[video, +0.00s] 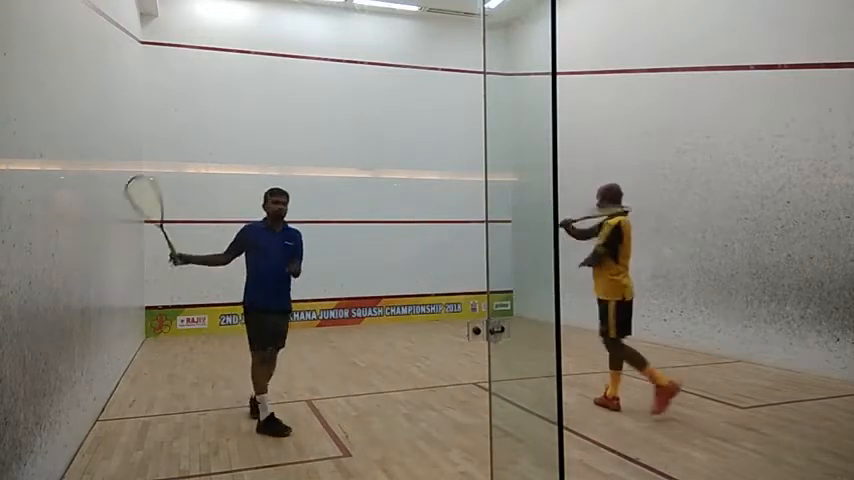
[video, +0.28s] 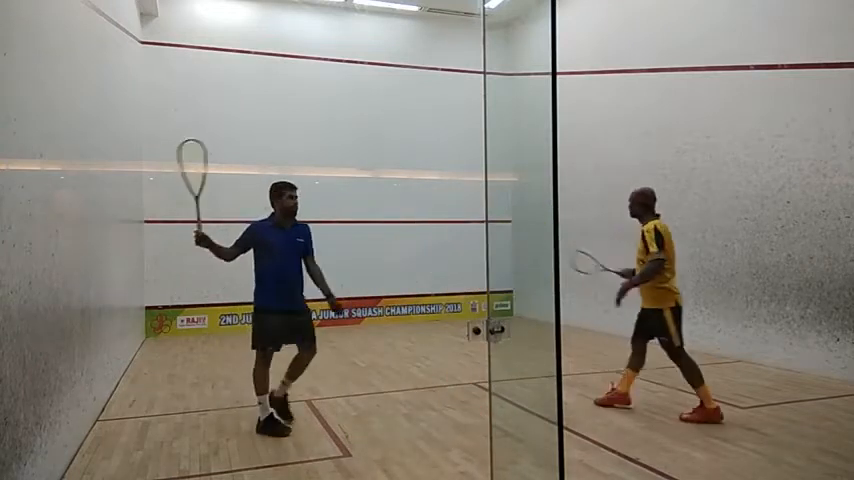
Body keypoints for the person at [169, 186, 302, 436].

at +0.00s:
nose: (279, 207)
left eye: (283, 203)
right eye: (274, 203)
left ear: (287, 207)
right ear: (265, 205)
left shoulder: (293, 236)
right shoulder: (250, 232)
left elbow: (296, 271)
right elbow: (224, 258)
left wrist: (294, 268)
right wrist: (187, 258)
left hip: (280, 305)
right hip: (255, 304)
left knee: (272, 356)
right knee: (260, 357)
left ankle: (258, 398)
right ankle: (266, 417)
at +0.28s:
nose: (295, 202)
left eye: (296, 198)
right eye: (290, 198)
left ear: (296, 201)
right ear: (275, 202)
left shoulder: (302, 231)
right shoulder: (258, 230)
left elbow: (311, 265)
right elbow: (230, 254)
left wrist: (330, 296)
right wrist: (209, 244)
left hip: (296, 306)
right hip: (267, 307)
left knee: (308, 350)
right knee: (264, 357)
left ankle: (279, 393)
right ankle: (264, 416)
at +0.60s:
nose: (327, 206)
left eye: (327, 201)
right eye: (323, 201)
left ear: (316, 204)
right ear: (307, 203)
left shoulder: (324, 232)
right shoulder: (288, 230)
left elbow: (344, 262)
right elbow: (263, 254)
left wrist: (374, 276)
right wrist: (258, 241)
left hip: (312, 304)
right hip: (288, 306)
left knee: (331, 348)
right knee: (281, 358)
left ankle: (348, 405)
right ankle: (268, 416)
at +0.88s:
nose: (365, 211)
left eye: (365, 206)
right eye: (362, 206)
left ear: (348, 207)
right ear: (351, 207)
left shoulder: (348, 232)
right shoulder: (335, 235)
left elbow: (351, 256)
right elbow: (343, 262)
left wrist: (369, 262)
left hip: (344, 304)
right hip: (330, 305)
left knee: (355, 348)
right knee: (333, 354)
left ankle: (355, 406)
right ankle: (288, 402)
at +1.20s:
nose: (397, 211)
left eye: (396, 206)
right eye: (395, 206)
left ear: (375, 205)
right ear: (390, 207)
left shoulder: (354, 225)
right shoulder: (393, 239)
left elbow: (337, 256)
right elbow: (388, 274)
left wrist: (341, 277)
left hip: (352, 302)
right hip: (377, 303)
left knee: (363, 349)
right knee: (391, 346)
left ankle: (357, 402)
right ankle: (372, 395)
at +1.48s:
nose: (426, 210)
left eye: (423, 205)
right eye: (427, 206)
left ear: (407, 205)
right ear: (427, 208)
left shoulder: (390, 226)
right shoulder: (431, 238)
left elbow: (371, 258)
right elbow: (421, 271)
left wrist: (346, 285)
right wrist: (390, 286)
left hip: (388, 302)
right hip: (417, 304)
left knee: (380, 350)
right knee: (431, 349)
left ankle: (362, 403)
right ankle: (443, 400)